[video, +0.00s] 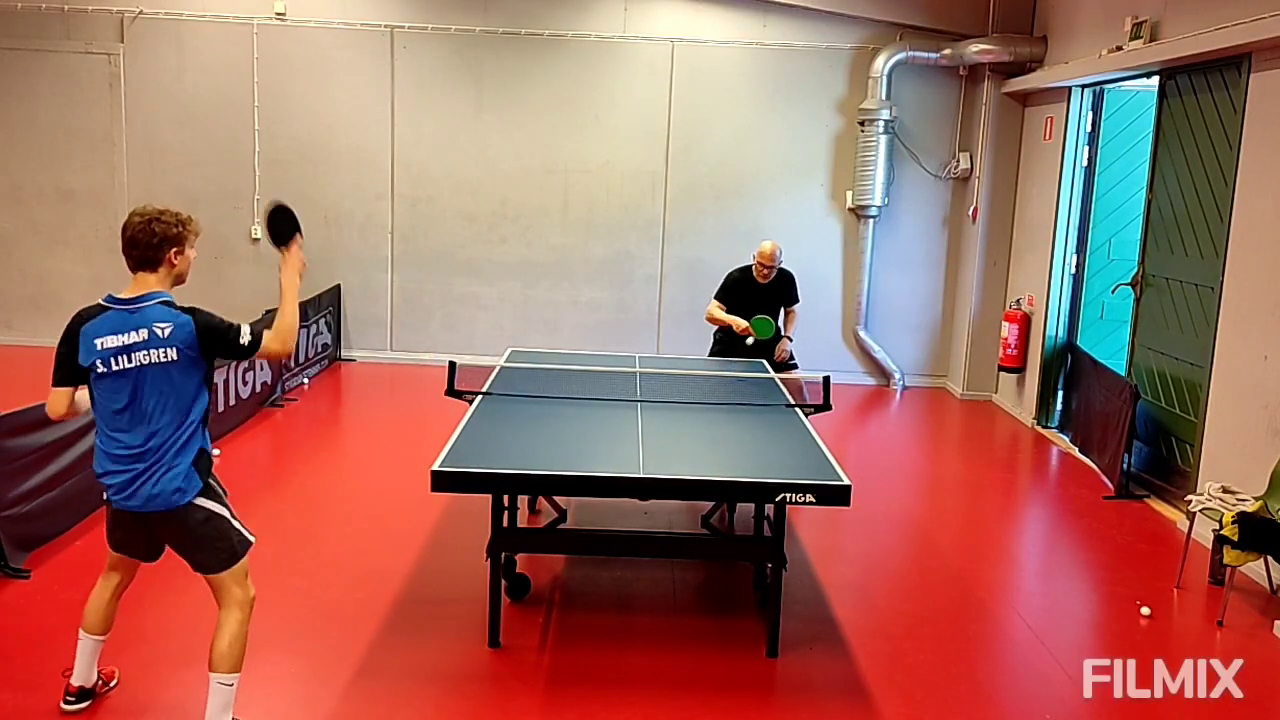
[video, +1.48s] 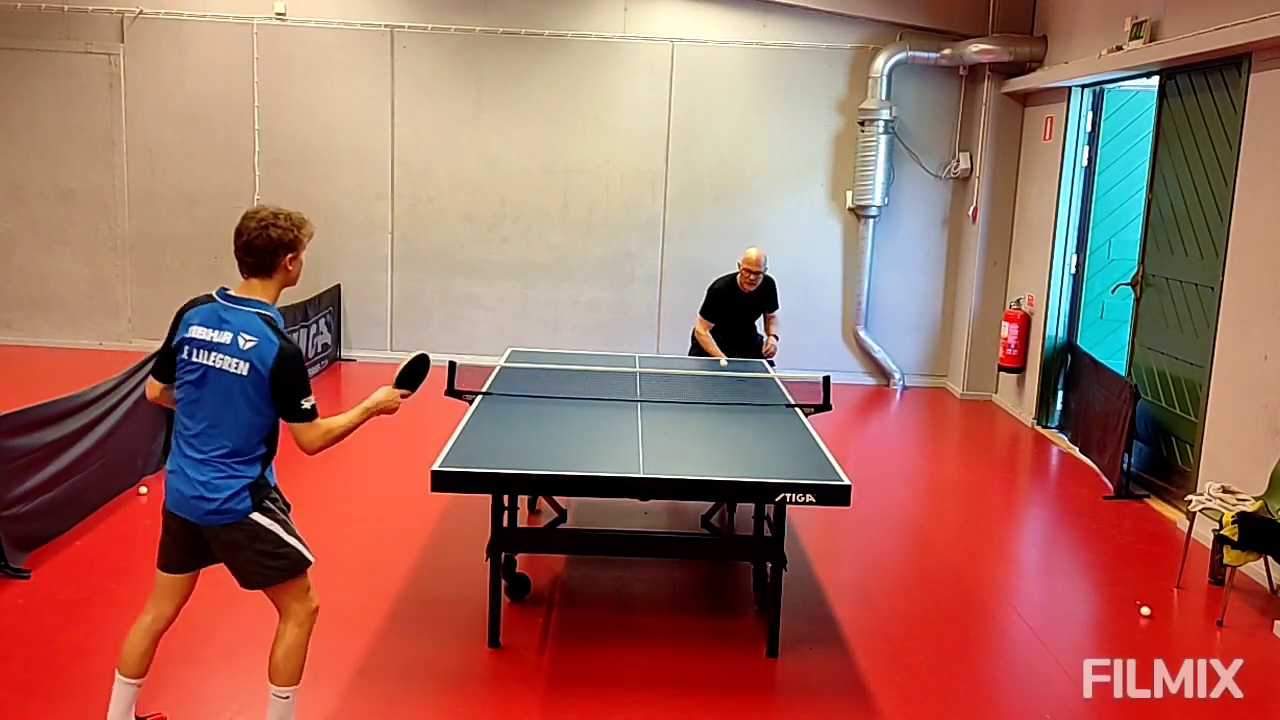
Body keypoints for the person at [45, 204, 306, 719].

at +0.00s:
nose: (193, 258)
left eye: (192, 249)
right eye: (190, 249)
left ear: (134, 257)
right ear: (171, 256)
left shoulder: (86, 324)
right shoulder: (191, 323)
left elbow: (60, 405)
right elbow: (280, 345)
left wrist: (114, 391)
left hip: (123, 492)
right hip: (184, 491)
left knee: (116, 572)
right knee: (238, 597)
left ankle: (80, 683)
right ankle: (219, 714)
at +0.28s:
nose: (212, 257)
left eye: (210, 248)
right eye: (208, 249)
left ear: (155, 253)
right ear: (190, 257)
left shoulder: (99, 304)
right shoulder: (181, 335)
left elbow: (53, 372)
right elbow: (148, 423)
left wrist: (106, 382)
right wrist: (213, 450)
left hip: (103, 479)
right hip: (156, 486)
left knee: (109, 571)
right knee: (213, 597)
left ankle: (80, 683)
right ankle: (216, 715)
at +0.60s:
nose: (298, 314)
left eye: (299, 305)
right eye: (295, 306)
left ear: (246, 299)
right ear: (270, 308)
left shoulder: (209, 327)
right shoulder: (223, 372)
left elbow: (219, 367)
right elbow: (215, 473)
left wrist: (260, 380)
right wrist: (283, 522)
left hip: (127, 484)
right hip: (160, 501)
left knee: (132, 581)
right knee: (247, 609)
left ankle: (82, 682)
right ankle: (266, 714)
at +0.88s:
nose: (390, 343)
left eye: (392, 334)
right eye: (387, 333)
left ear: (339, 325)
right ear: (355, 330)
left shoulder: (280, 341)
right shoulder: (317, 396)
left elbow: (209, 385)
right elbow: (343, 492)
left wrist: (218, 446)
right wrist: (424, 505)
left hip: (175, 489)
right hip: (212, 512)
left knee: (152, 596)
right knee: (302, 616)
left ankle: (99, 693)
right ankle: (280, 715)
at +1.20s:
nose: (365, 271)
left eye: (364, 262)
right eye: (363, 263)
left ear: (304, 262)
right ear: (348, 272)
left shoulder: (251, 305)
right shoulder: (335, 353)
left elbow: (182, 365)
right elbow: (351, 443)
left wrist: (179, 414)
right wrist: (411, 420)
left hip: (203, 480)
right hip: (256, 496)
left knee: (179, 590)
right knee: (304, 611)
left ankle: (127, 701)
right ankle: (280, 716)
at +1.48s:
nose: (302, 263)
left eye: (302, 254)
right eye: (301, 255)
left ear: (241, 258)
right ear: (286, 264)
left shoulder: (193, 314)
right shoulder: (278, 347)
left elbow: (157, 392)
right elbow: (311, 438)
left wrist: (212, 401)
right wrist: (371, 408)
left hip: (182, 494)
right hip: (239, 504)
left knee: (157, 611)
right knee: (298, 609)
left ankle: (118, 715)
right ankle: (279, 716)